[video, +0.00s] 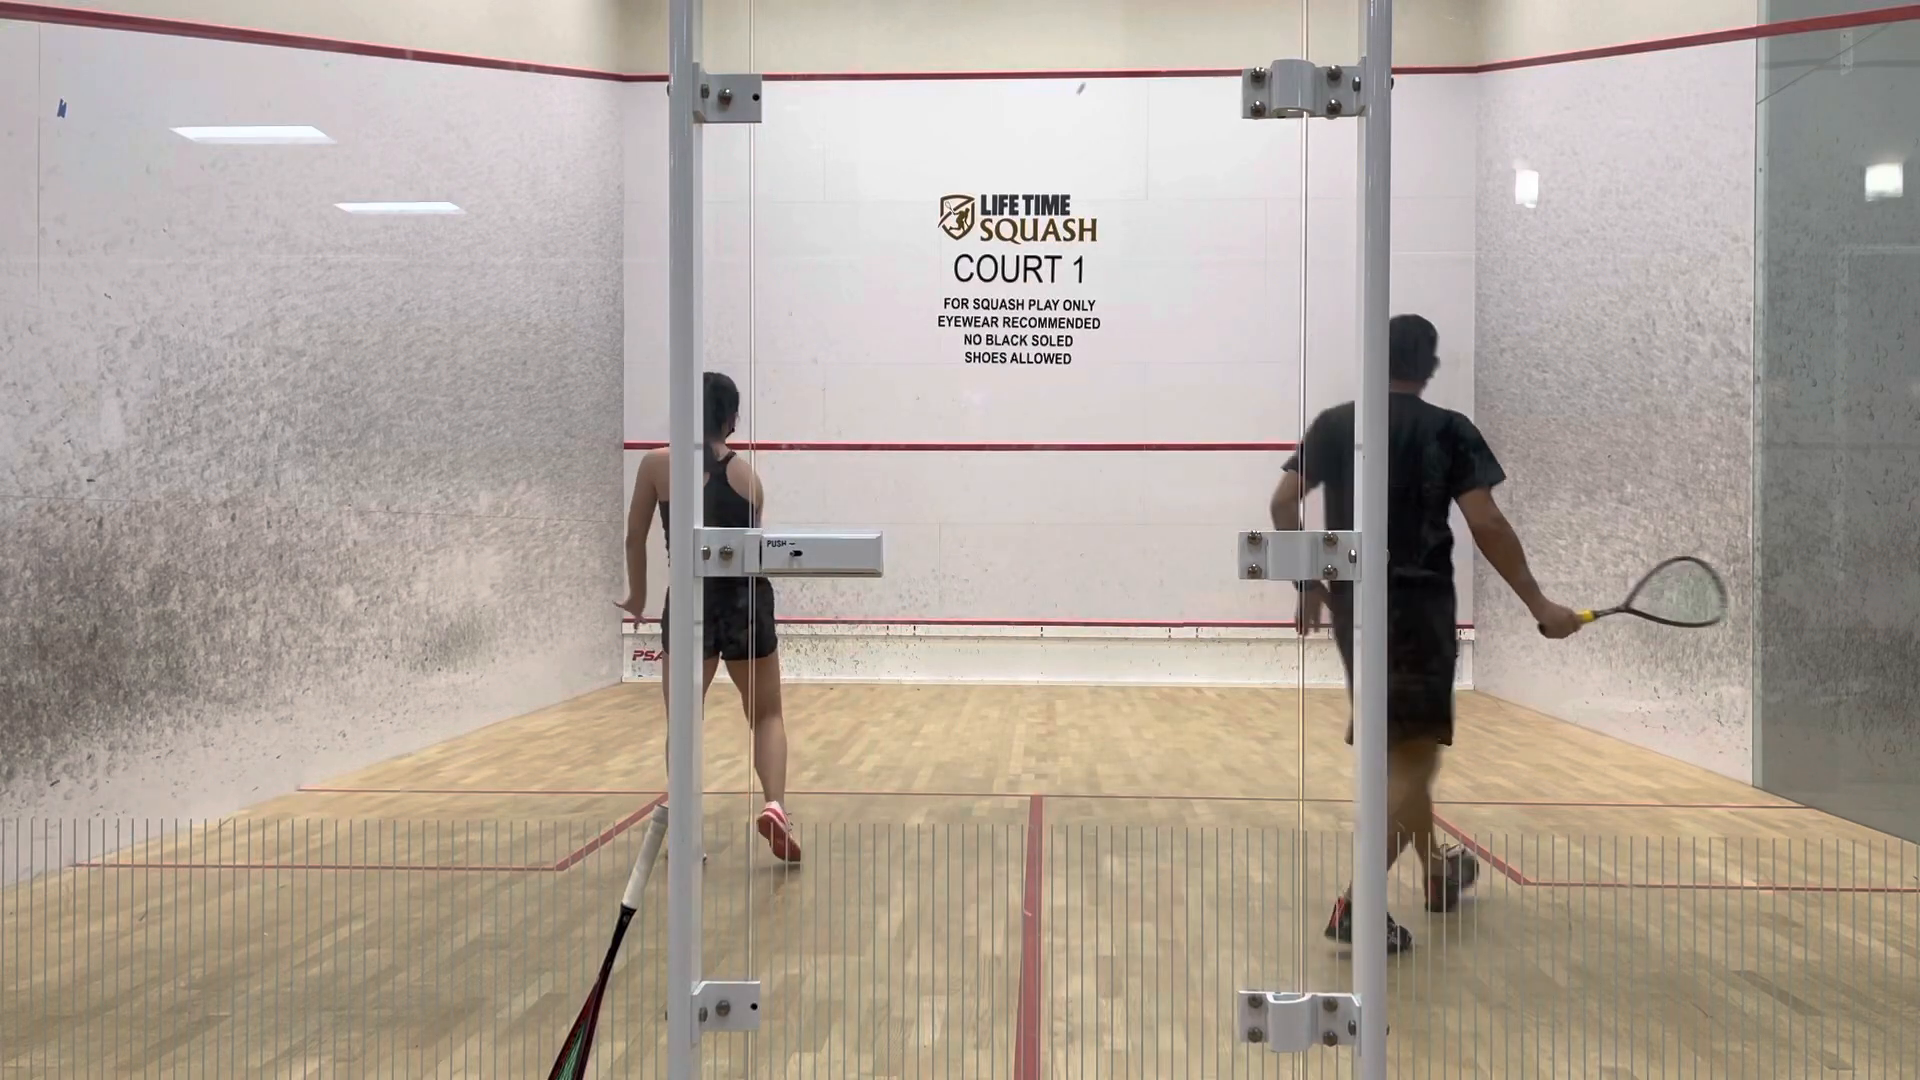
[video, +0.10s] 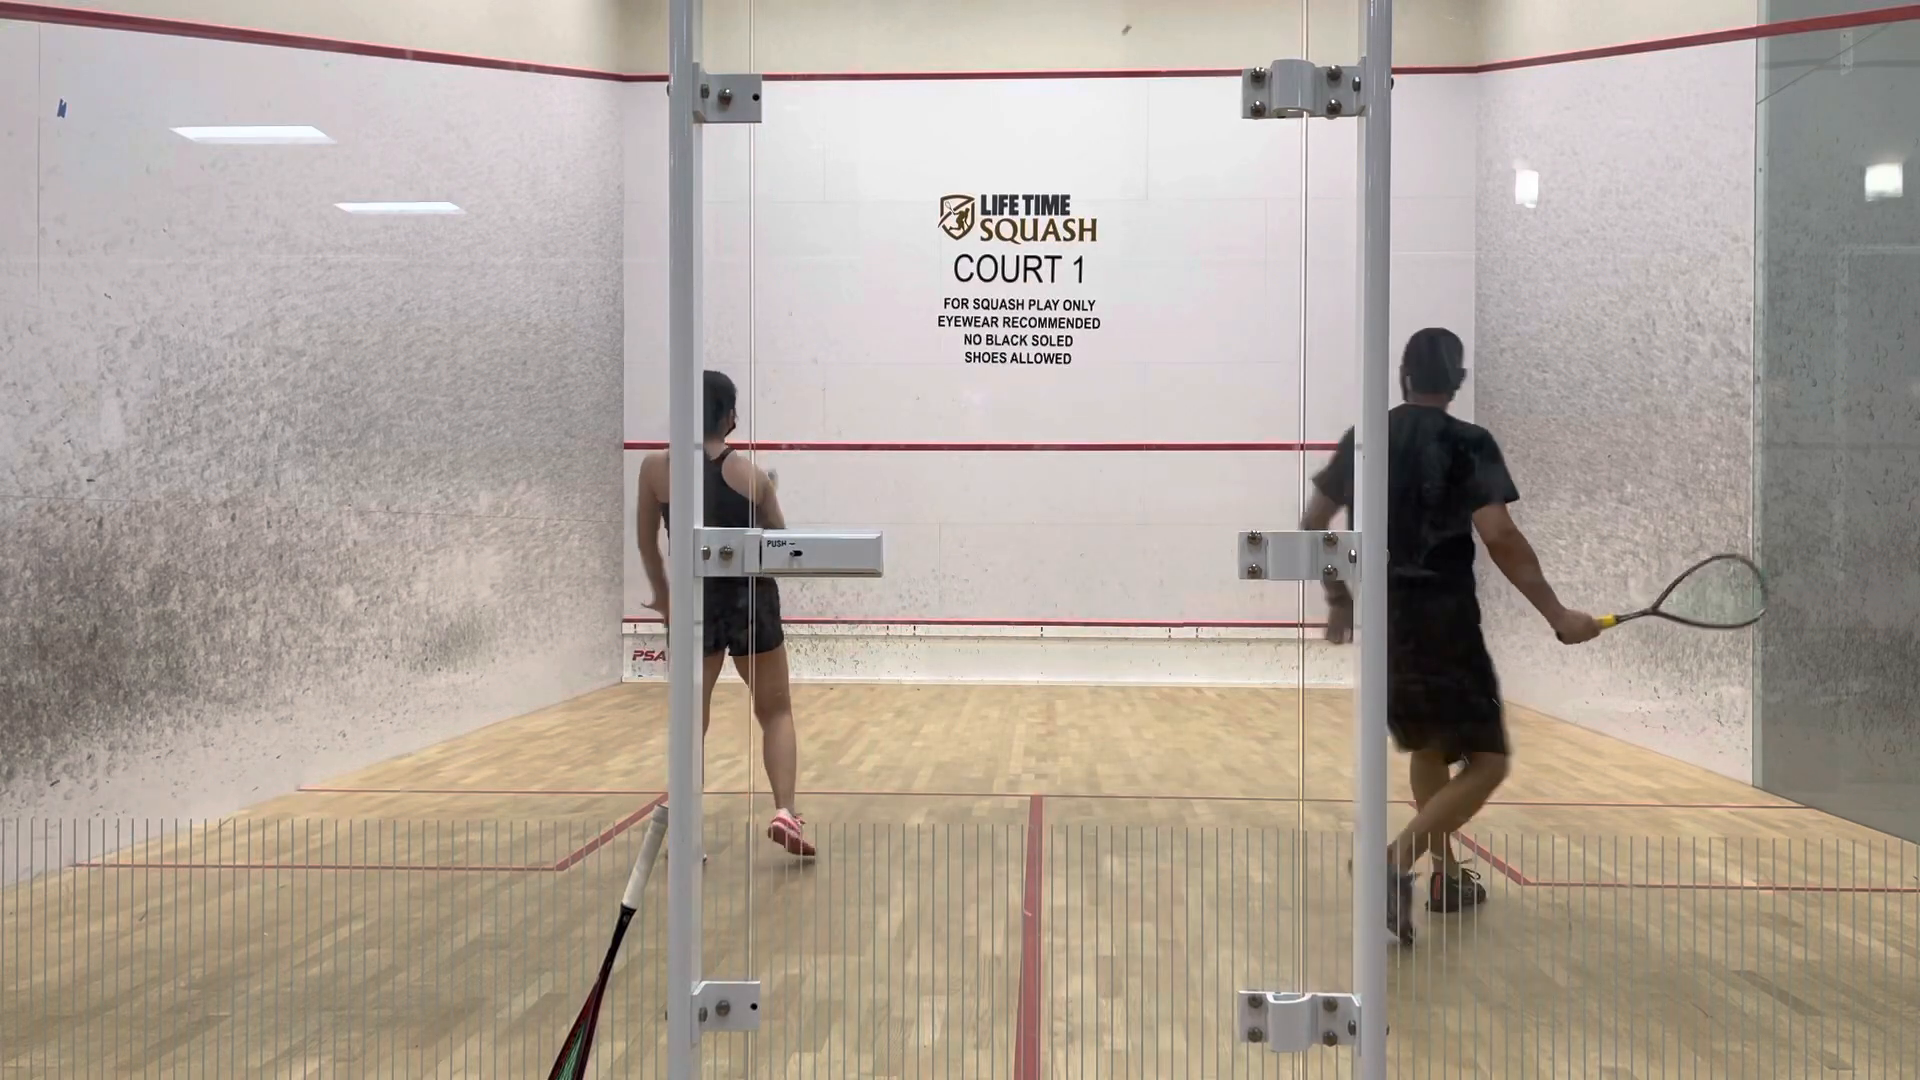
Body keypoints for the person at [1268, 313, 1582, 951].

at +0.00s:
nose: (1432, 373)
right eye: (1434, 364)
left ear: (1377, 360)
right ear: (1429, 366)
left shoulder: (1334, 422)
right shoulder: (1447, 430)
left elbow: (1283, 500)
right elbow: (1486, 524)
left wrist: (1305, 581)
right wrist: (1539, 603)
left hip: (1352, 608)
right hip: (1420, 610)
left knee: (1395, 742)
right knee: (1416, 754)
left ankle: (1436, 868)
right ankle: (1358, 903)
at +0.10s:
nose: (1450, 385)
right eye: (1457, 376)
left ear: (1404, 376)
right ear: (1457, 380)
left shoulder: (1365, 435)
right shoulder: (1470, 442)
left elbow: (1313, 520)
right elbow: (1500, 537)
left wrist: (1337, 596)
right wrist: (1558, 614)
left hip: (1385, 620)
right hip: (1446, 621)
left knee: (1427, 749)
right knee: (1490, 761)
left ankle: (1445, 877)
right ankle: (1395, 861)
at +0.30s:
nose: (1494, 376)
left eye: (1478, 363)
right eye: (1503, 366)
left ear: (1454, 366)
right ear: (1507, 372)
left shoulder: (1410, 423)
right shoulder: (1511, 435)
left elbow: (1388, 509)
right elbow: (1530, 526)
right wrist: (1602, 594)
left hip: (1416, 613)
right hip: (1482, 613)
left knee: (1446, 734)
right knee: (1567, 724)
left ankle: (1441, 875)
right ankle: (1508, 859)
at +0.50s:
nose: (1545, 377)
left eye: (1526, 366)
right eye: (1560, 369)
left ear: (1513, 370)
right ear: (1568, 379)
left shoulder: (1472, 420)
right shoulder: (1567, 450)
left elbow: (1415, 445)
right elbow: (1630, 532)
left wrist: (1445, 439)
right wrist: (1712, 545)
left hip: (1455, 619)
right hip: (1523, 621)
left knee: (1467, 738)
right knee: (1608, 736)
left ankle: (1443, 875)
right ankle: (1676, 879)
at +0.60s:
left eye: (1563, 368)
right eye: (1598, 374)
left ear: (1553, 373)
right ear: (1607, 385)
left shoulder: (1503, 420)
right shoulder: (1609, 455)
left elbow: (1445, 431)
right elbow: (1699, 523)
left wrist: (1440, 429)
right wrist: (1784, 500)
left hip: (1485, 624)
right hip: (1557, 630)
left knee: (1479, 743)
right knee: (1642, 746)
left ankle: (1444, 874)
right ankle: (1724, 880)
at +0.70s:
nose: (1625, 372)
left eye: (1619, 361)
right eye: (1645, 366)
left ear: (1604, 368)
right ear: (1659, 378)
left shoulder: (1554, 419)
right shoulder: (1669, 453)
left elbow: (1476, 427)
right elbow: (1779, 496)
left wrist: (1430, 433)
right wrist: (1853, 433)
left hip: (1529, 621)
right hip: (1606, 633)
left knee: (1493, 738)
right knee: (1674, 755)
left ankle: (1445, 869)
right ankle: (1740, 899)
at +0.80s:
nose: (1695, 361)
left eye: (1680, 352)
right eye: (1708, 355)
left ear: (1656, 359)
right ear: (1713, 369)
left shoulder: (1606, 412)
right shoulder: (1734, 436)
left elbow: (1507, 431)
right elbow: (1848, 438)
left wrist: (1443, 444)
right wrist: (1907, 358)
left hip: (1576, 617)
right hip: (1662, 630)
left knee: (1519, 730)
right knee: (1719, 755)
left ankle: (1460, 852)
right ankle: (1757, 903)